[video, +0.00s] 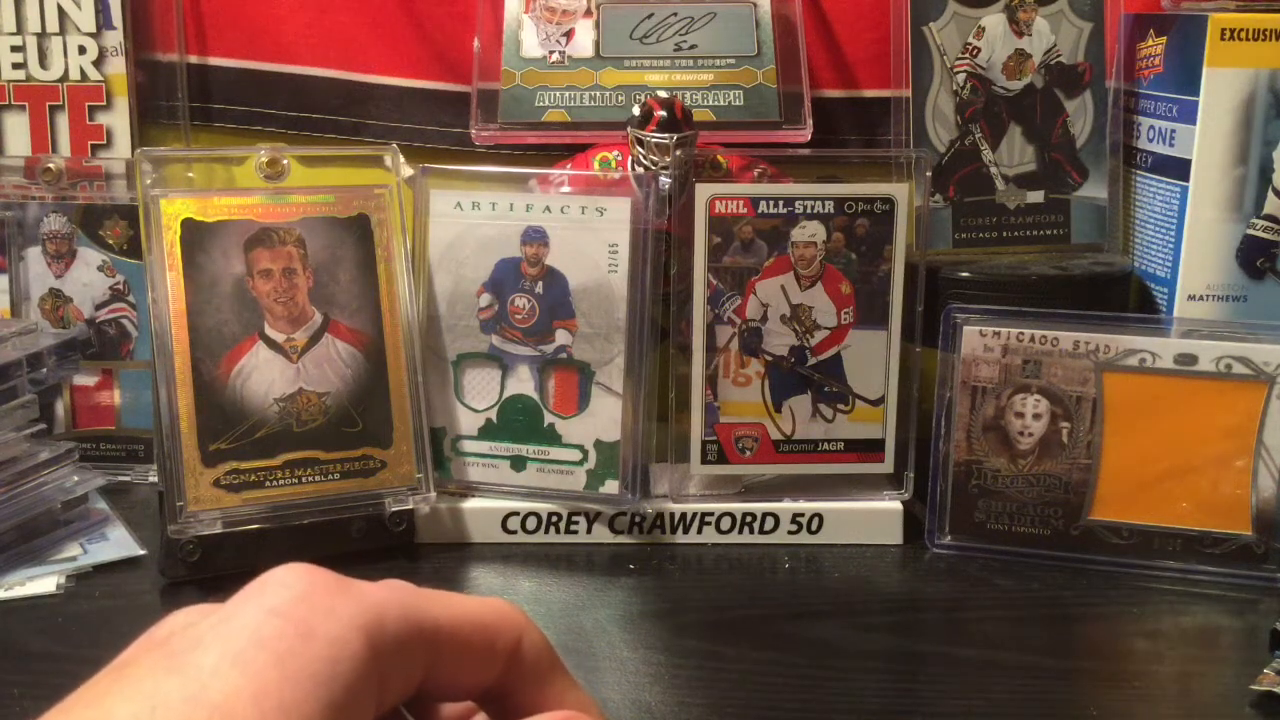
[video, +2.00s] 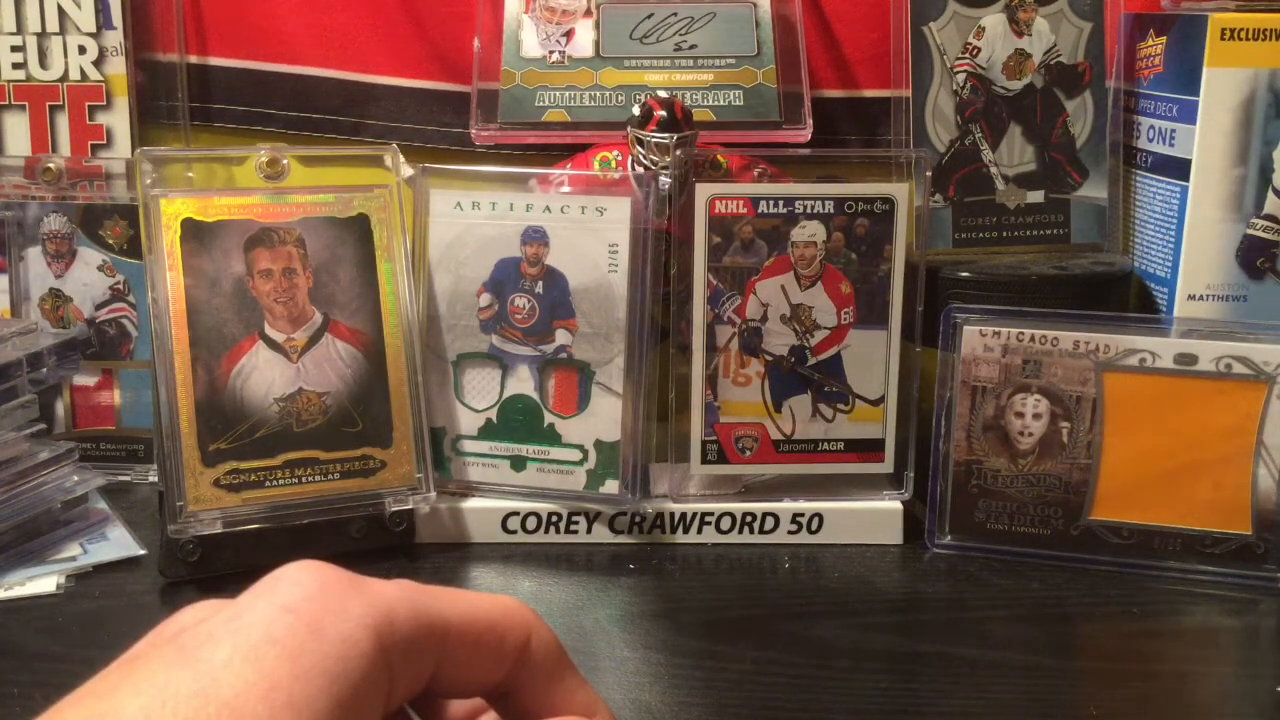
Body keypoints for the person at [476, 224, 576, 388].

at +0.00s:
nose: (535, 251)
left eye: (540, 246)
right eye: (530, 246)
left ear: (547, 250)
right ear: (522, 248)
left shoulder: (557, 280)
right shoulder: (504, 268)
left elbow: (565, 321)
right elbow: (486, 292)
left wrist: (562, 349)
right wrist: (487, 316)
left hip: (542, 353)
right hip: (503, 350)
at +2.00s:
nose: (535, 251)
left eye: (540, 247)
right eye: (530, 246)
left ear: (546, 250)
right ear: (522, 248)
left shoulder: (557, 280)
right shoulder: (504, 268)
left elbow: (565, 321)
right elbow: (486, 293)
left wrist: (562, 351)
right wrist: (487, 319)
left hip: (542, 352)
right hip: (503, 348)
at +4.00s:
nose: (534, 251)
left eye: (540, 247)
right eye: (530, 246)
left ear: (546, 251)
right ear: (522, 248)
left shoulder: (557, 280)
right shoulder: (505, 268)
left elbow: (565, 320)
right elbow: (487, 292)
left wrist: (562, 350)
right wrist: (486, 315)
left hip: (540, 352)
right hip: (502, 348)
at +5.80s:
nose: (534, 251)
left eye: (539, 247)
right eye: (530, 246)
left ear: (547, 250)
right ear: (522, 248)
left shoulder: (557, 280)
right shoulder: (504, 267)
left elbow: (565, 322)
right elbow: (487, 292)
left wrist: (561, 352)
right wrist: (487, 318)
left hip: (542, 351)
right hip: (503, 347)